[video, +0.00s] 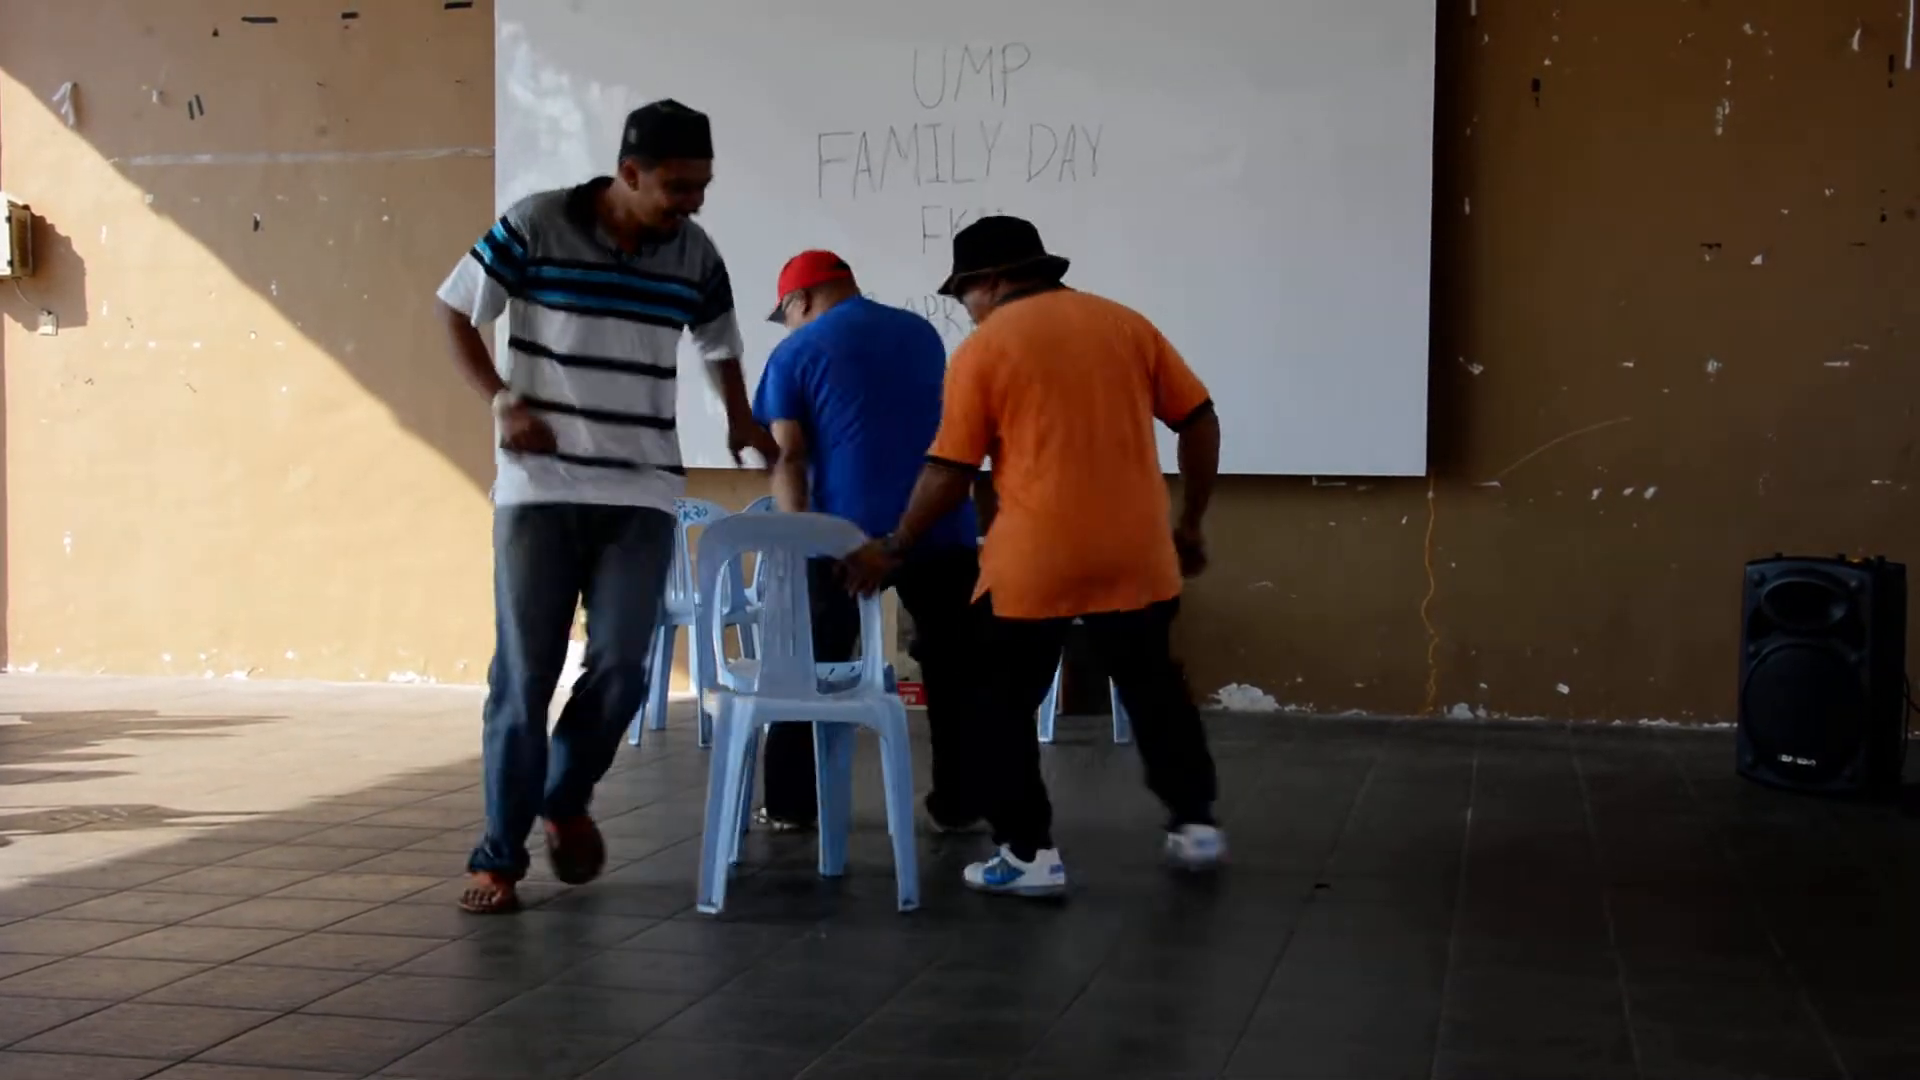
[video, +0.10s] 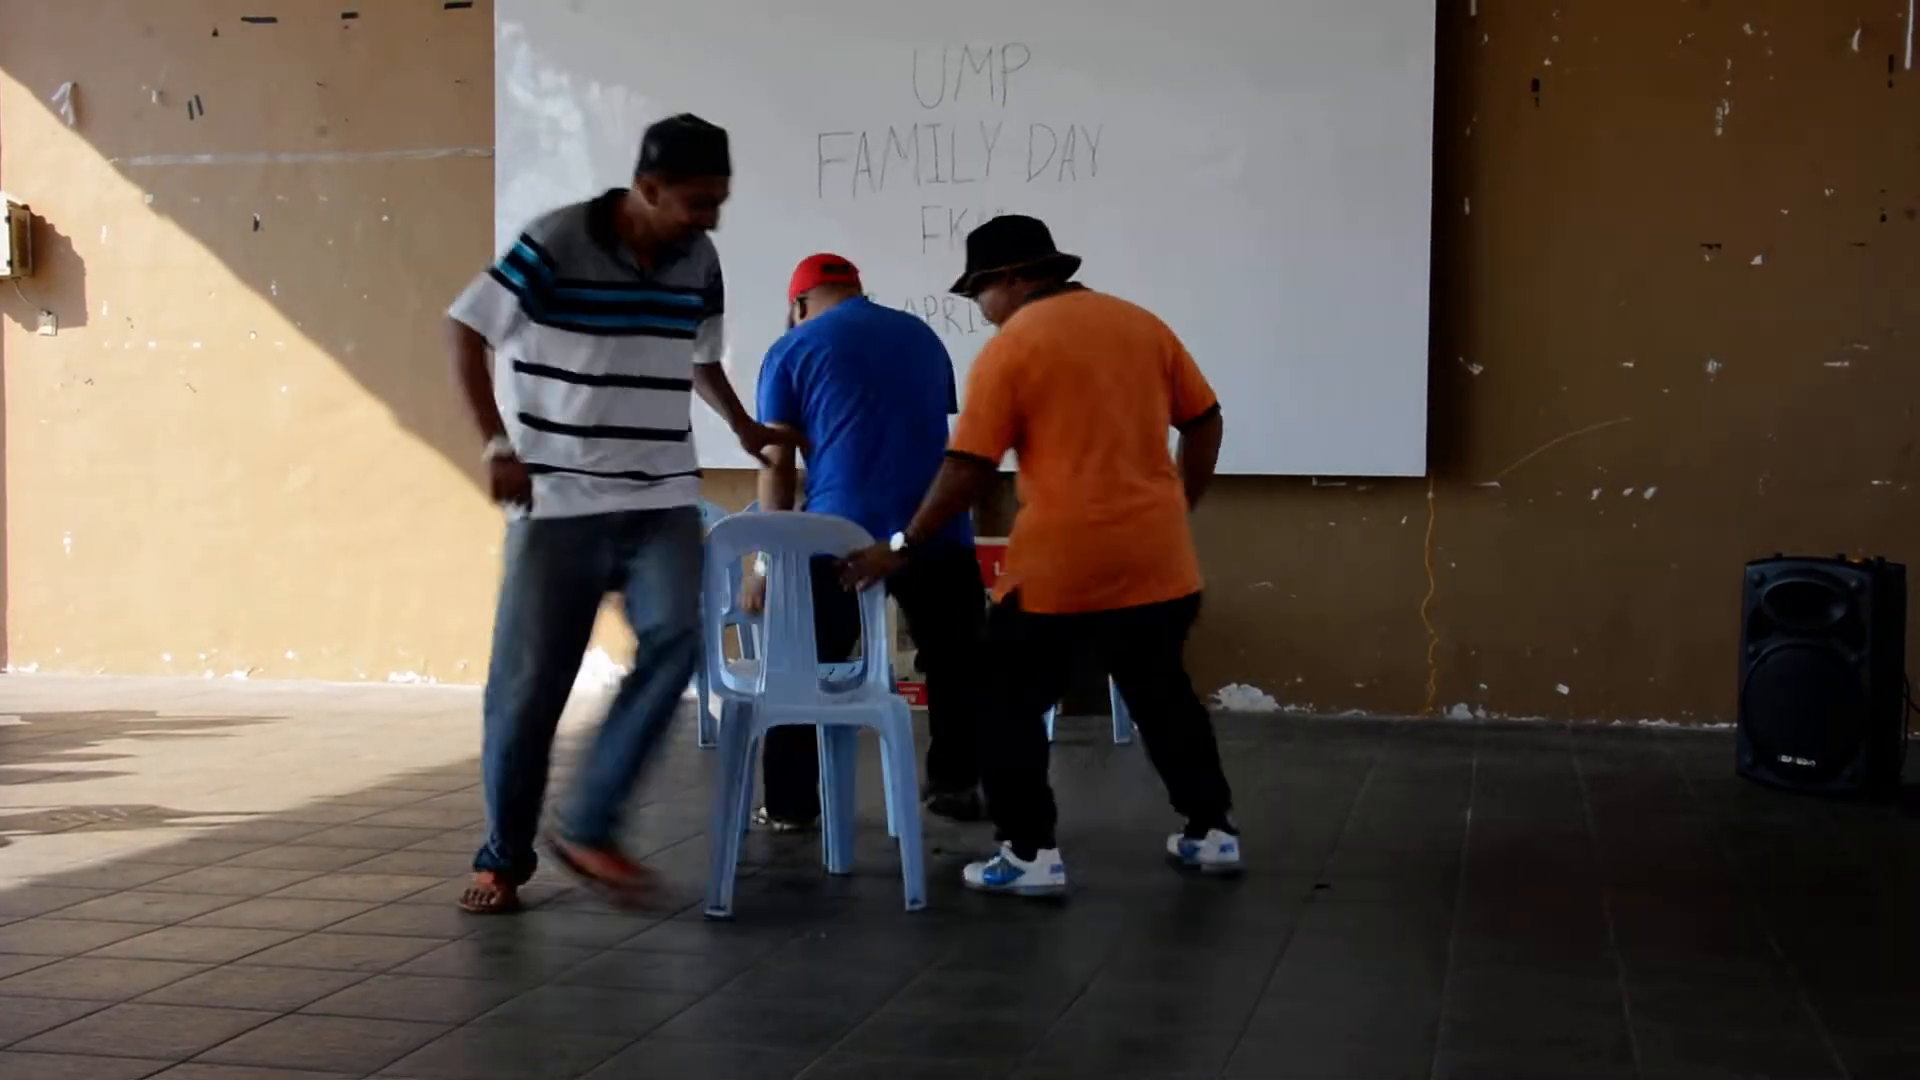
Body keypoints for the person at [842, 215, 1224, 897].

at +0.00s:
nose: (965, 309)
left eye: (966, 293)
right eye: (963, 294)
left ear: (990, 282)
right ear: (1040, 275)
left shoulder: (985, 350)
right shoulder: (1124, 324)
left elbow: (949, 471)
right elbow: (1200, 420)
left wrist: (895, 546)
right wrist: (1192, 523)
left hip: (1036, 557)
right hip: (1138, 547)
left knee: (995, 702)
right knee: (1153, 680)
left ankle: (1028, 851)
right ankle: (1195, 822)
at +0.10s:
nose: (980, 310)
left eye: (981, 293)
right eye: (976, 296)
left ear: (1009, 279)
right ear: (1051, 273)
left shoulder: (1011, 350)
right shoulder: (1140, 325)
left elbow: (967, 470)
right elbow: (1204, 420)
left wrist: (901, 547)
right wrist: (1179, 505)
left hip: (1060, 565)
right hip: (1161, 556)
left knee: (1002, 696)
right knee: (1160, 684)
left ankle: (1030, 851)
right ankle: (1212, 830)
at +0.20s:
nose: (1000, 302)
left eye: (1002, 286)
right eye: (996, 289)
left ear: (1033, 273)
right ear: (1068, 268)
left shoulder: (1039, 342)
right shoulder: (1155, 319)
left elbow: (994, 463)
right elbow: (1205, 418)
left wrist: (924, 537)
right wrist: (1163, 490)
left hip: (1079, 552)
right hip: (1176, 545)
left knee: (1032, 688)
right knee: (1169, 683)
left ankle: (1042, 837)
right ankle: (1215, 829)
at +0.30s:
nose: (1011, 285)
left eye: (1012, 268)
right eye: (1006, 271)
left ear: (1043, 256)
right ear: (1074, 251)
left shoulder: (1055, 323)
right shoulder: (1162, 307)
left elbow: (1032, 438)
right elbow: (1196, 409)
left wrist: (971, 529)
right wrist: (1140, 473)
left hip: (1085, 542)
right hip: (1178, 535)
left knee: (1046, 672)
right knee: (1177, 680)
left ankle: (1086, 817)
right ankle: (1213, 825)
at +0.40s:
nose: (1013, 277)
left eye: (1014, 260)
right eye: (1008, 264)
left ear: (1045, 248)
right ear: (1081, 243)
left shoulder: (1057, 306)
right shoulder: (1156, 299)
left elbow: (1051, 420)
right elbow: (1187, 402)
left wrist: (1019, 524)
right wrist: (1138, 467)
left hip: (1084, 529)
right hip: (1171, 523)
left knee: (1070, 682)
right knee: (1168, 666)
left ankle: (1111, 820)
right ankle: (1208, 802)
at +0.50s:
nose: (1009, 285)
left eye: (1010, 270)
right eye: (1005, 273)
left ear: (1040, 258)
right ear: (1076, 253)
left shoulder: (1050, 314)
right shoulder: (1147, 309)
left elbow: (1048, 426)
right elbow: (1172, 417)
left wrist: (1036, 534)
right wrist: (1114, 475)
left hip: (1087, 541)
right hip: (1162, 539)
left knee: (1063, 679)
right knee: (1127, 650)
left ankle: (1106, 819)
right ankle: (1189, 761)